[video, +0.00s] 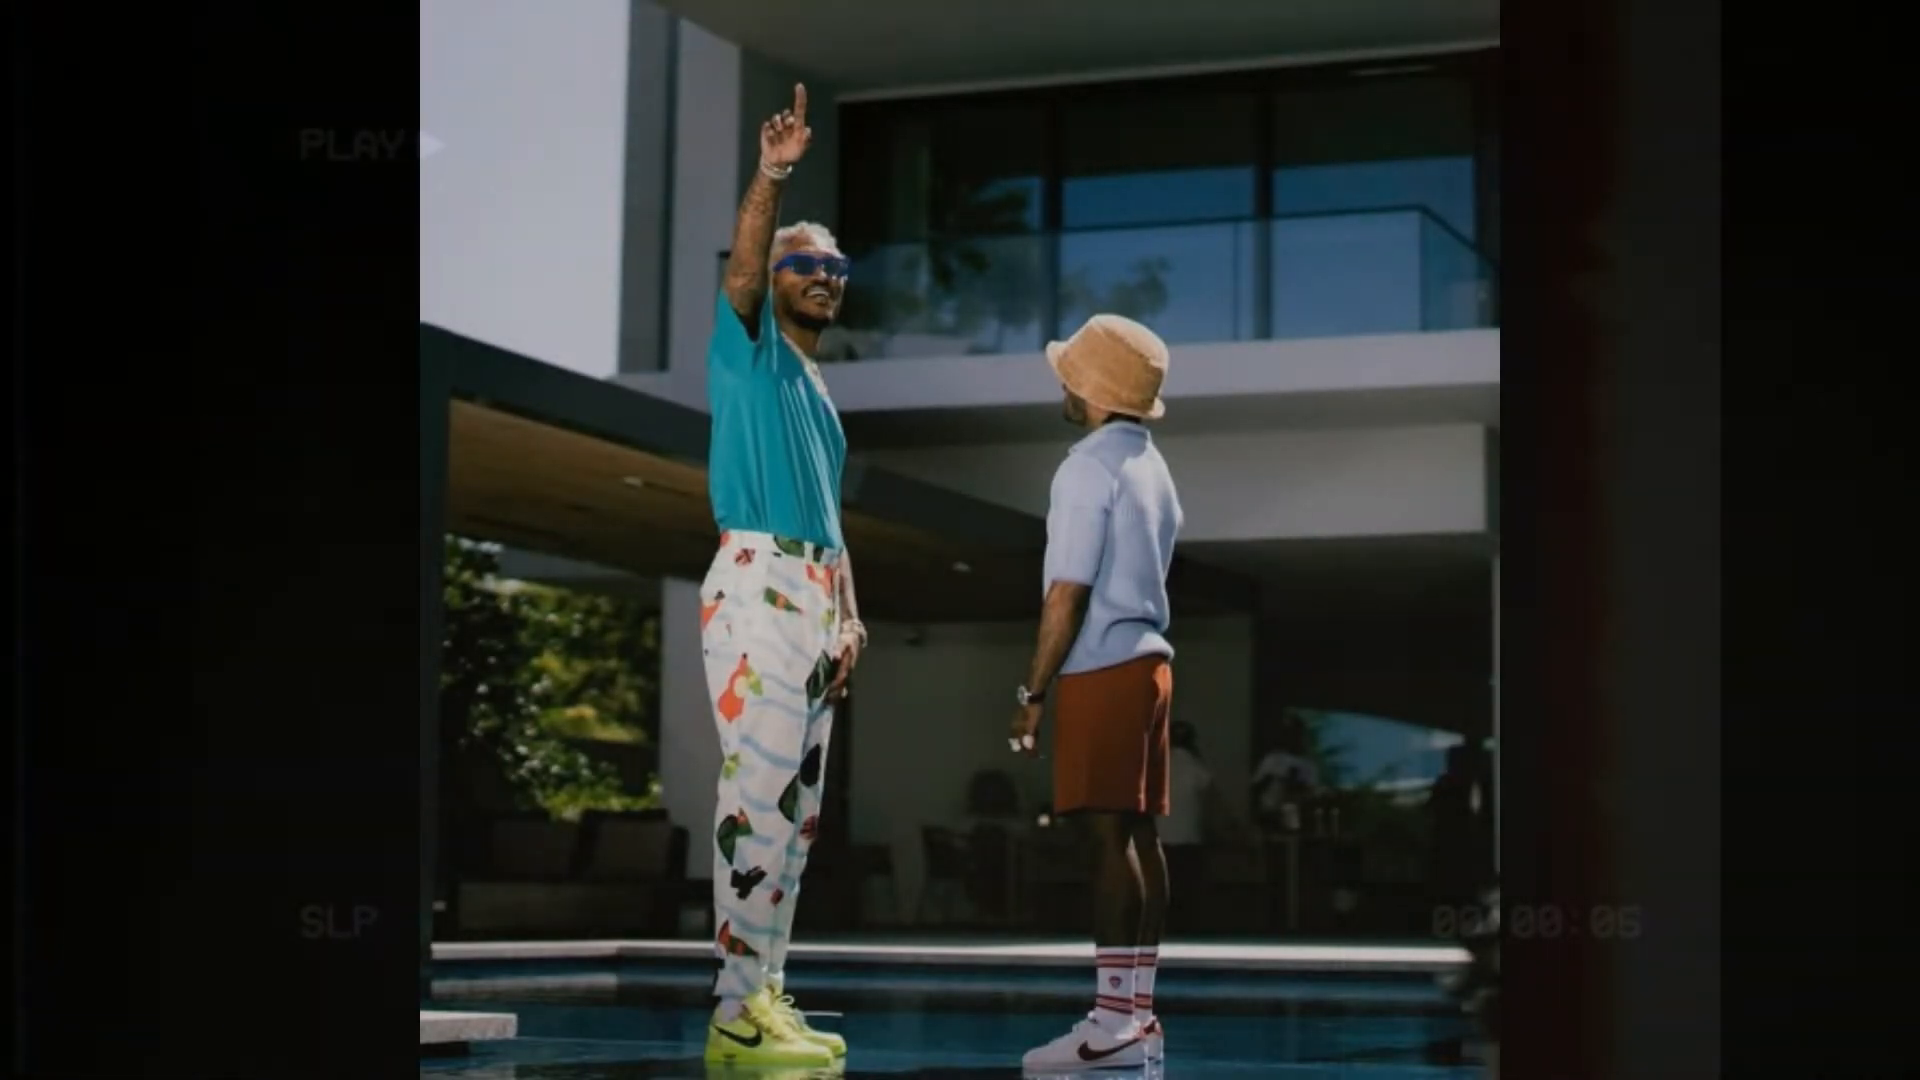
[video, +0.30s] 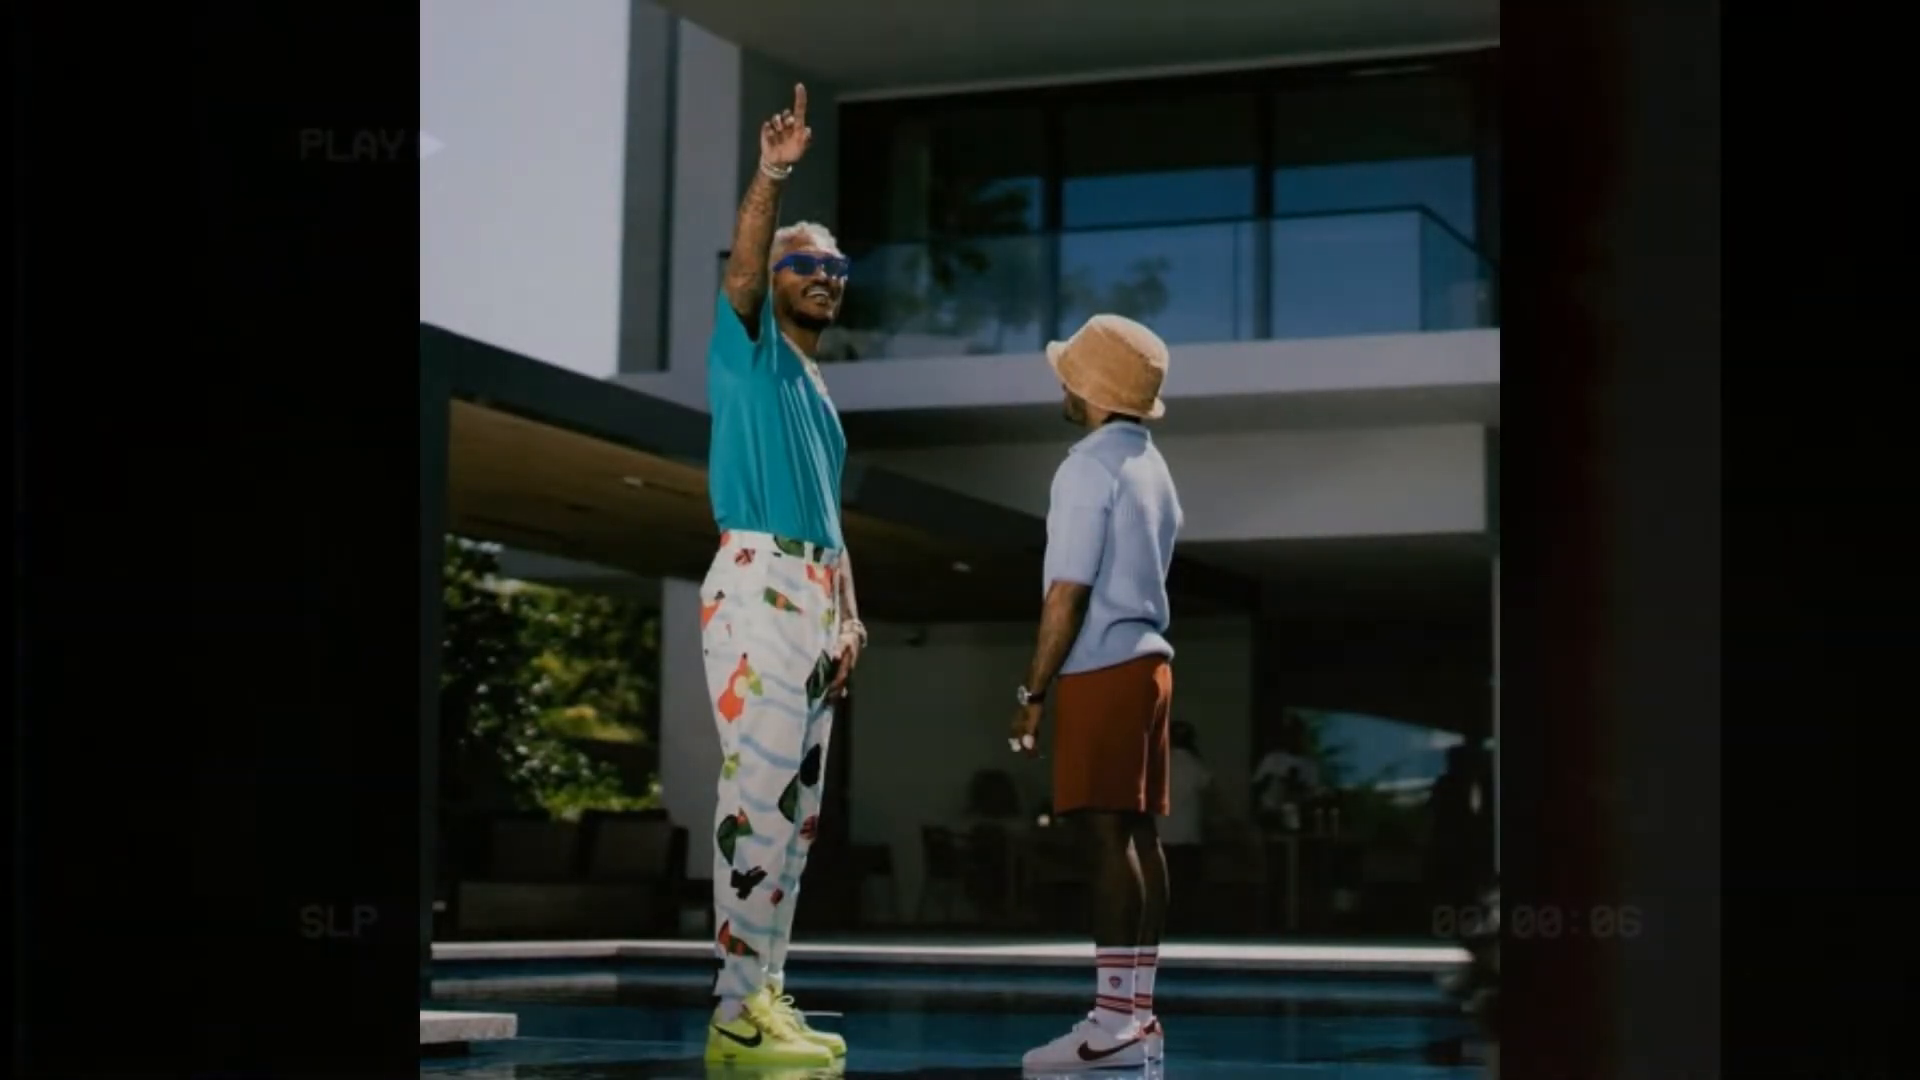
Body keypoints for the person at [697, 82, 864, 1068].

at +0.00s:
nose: (823, 281)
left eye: (833, 272)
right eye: (805, 267)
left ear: (841, 292)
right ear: (770, 278)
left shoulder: (818, 394)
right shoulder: (744, 344)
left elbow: (826, 520)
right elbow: (744, 267)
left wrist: (847, 612)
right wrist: (770, 173)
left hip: (814, 590)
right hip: (756, 581)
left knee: (794, 798)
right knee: (759, 791)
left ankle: (757, 1005)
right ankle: (747, 1006)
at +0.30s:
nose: (823, 283)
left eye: (834, 273)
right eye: (806, 268)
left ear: (841, 292)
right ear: (770, 278)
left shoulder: (818, 394)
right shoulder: (744, 344)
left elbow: (827, 520)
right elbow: (744, 267)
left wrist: (847, 612)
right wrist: (770, 173)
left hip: (813, 590)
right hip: (756, 582)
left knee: (793, 797)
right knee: (759, 792)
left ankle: (758, 1001)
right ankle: (746, 1006)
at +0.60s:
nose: (823, 283)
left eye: (834, 273)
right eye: (806, 268)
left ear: (841, 292)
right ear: (770, 278)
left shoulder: (818, 394)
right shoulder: (744, 343)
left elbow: (827, 520)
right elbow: (744, 267)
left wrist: (847, 611)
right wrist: (770, 173)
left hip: (813, 590)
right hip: (755, 581)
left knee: (793, 798)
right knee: (759, 793)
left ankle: (759, 1002)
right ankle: (745, 1007)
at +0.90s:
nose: (823, 283)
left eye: (834, 273)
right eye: (806, 268)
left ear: (841, 292)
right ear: (770, 278)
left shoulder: (818, 394)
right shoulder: (744, 343)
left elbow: (827, 520)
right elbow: (744, 267)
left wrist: (847, 611)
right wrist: (770, 173)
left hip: (813, 590)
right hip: (755, 581)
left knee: (793, 798)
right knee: (759, 793)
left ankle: (759, 1003)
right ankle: (745, 1007)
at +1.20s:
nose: (823, 283)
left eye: (834, 274)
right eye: (806, 268)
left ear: (841, 292)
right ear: (770, 278)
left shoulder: (818, 394)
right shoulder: (744, 343)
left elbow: (827, 520)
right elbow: (744, 267)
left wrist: (847, 611)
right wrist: (770, 173)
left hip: (813, 589)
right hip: (755, 581)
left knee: (794, 798)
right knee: (759, 792)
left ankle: (758, 1003)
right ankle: (745, 1007)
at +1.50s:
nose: (822, 283)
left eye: (833, 273)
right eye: (805, 268)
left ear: (841, 292)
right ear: (770, 279)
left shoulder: (818, 395)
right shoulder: (744, 344)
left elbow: (828, 520)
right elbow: (743, 267)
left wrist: (847, 612)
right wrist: (770, 173)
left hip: (814, 590)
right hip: (756, 582)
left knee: (794, 798)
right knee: (759, 791)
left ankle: (755, 1004)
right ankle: (747, 1002)